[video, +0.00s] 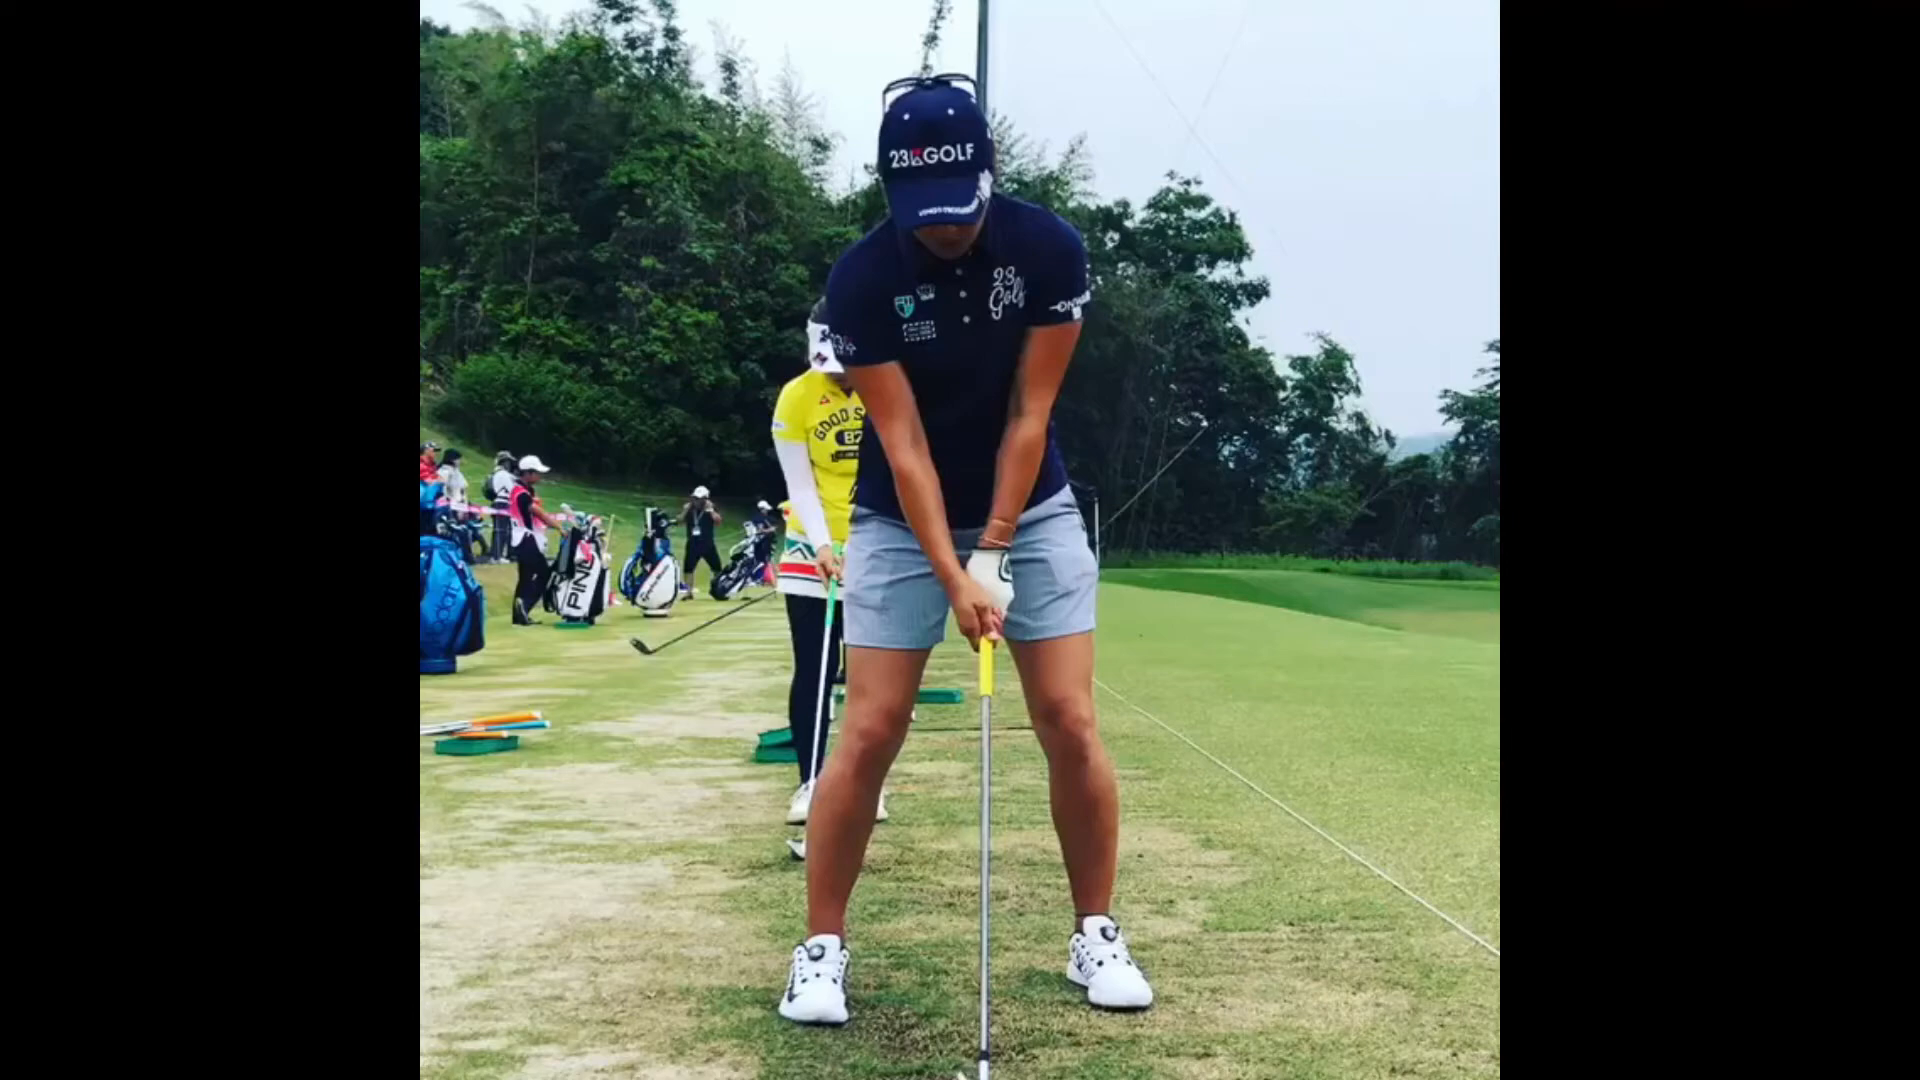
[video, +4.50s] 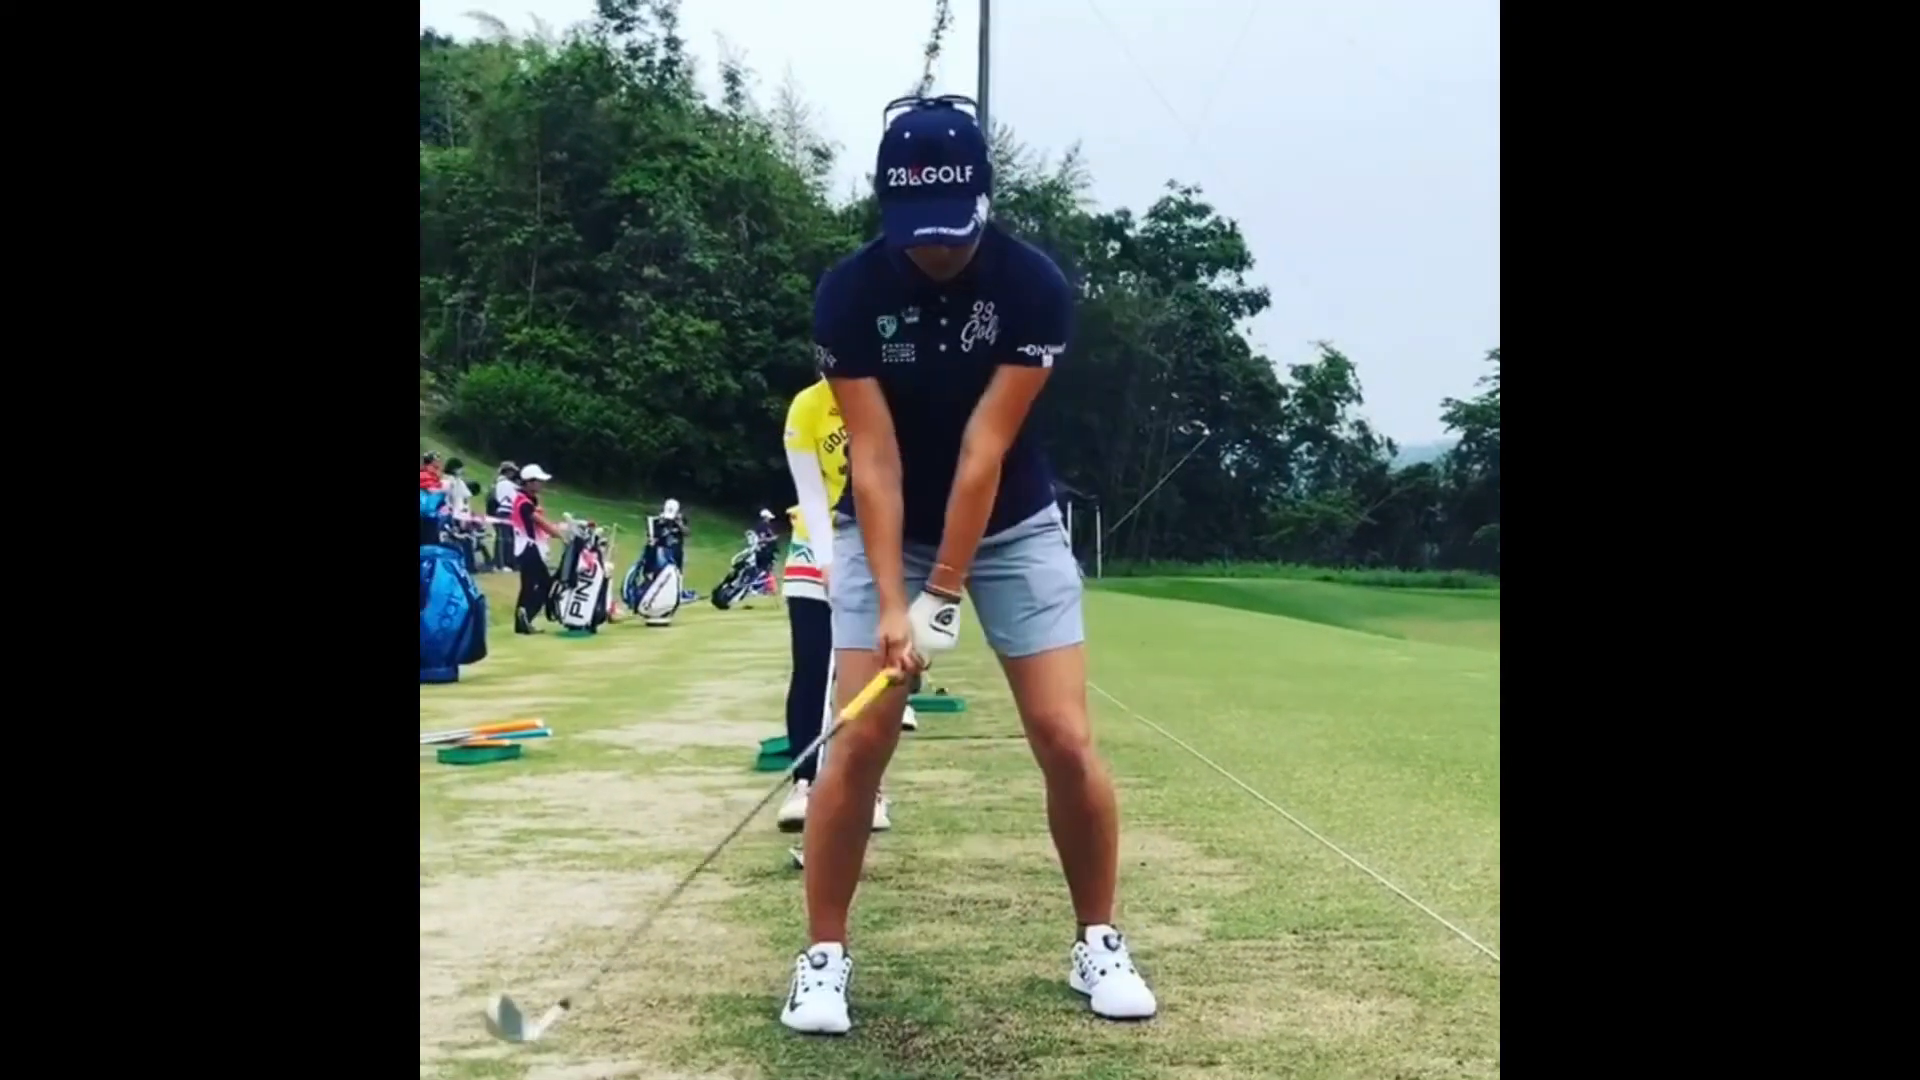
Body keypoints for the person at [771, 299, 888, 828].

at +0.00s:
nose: (837, 361)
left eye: (846, 348)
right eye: (828, 349)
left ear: (867, 344)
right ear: (815, 346)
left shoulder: (886, 390)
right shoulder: (797, 396)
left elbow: (898, 471)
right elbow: (800, 482)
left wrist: (893, 539)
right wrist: (821, 542)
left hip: (873, 552)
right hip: (811, 553)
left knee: (877, 679)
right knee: (816, 671)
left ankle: (871, 780)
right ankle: (811, 780)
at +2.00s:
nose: (848, 354)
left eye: (856, 344)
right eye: (839, 343)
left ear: (878, 344)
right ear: (829, 346)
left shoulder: (891, 399)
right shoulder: (805, 402)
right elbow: (806, 490)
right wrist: (827, 554)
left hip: (870, 568)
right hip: (811, 570)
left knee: (874, 692)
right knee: (815, 682)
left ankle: (864, 786)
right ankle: (810, 790)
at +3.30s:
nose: (807, 409)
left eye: (818, 399)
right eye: (798, 398)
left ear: (837, 383)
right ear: (782, 382)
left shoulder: (868, 420)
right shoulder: (759, 433)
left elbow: (859, 505)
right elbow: (770, 518)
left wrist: (821, 575)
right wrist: (780, 584)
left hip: (846, 574)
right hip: (773, 573)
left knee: (850, 694)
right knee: (759, 692)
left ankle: (867, 808)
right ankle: (732, 811)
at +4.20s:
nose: (796, 428)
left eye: (806, 418)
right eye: (786, 417)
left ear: (826, 400)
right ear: (771, 401)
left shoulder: (857, 438)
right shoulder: (748, 447)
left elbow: (840, 520)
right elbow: (762, 532)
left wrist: (804, 590)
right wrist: (778, 600)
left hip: (830, 587)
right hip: (757, 587)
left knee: (834, 702)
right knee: (742, 702)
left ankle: (850, 819)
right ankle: (710, 821)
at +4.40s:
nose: (850, 357)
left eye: (861, 348)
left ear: (884, 347)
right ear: (832, 346)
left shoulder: (898, 400)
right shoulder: (809, 402)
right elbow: (809, 494)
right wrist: (829, 558)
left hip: (876, 566)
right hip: (813, 565)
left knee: (876, 692)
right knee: (815, 681)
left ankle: (869, 786)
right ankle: (810, 787)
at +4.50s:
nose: (841, 360)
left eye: (852, 353)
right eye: (834, 351)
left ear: (878, 350)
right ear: (826, 351)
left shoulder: (892, 400)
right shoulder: (809, 405)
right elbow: (811, 496)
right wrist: (828, 564)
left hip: (874, 553)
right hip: (815, 551)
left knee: (869, 675)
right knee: (811, 668)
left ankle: (871, 783)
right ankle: (806, 777)